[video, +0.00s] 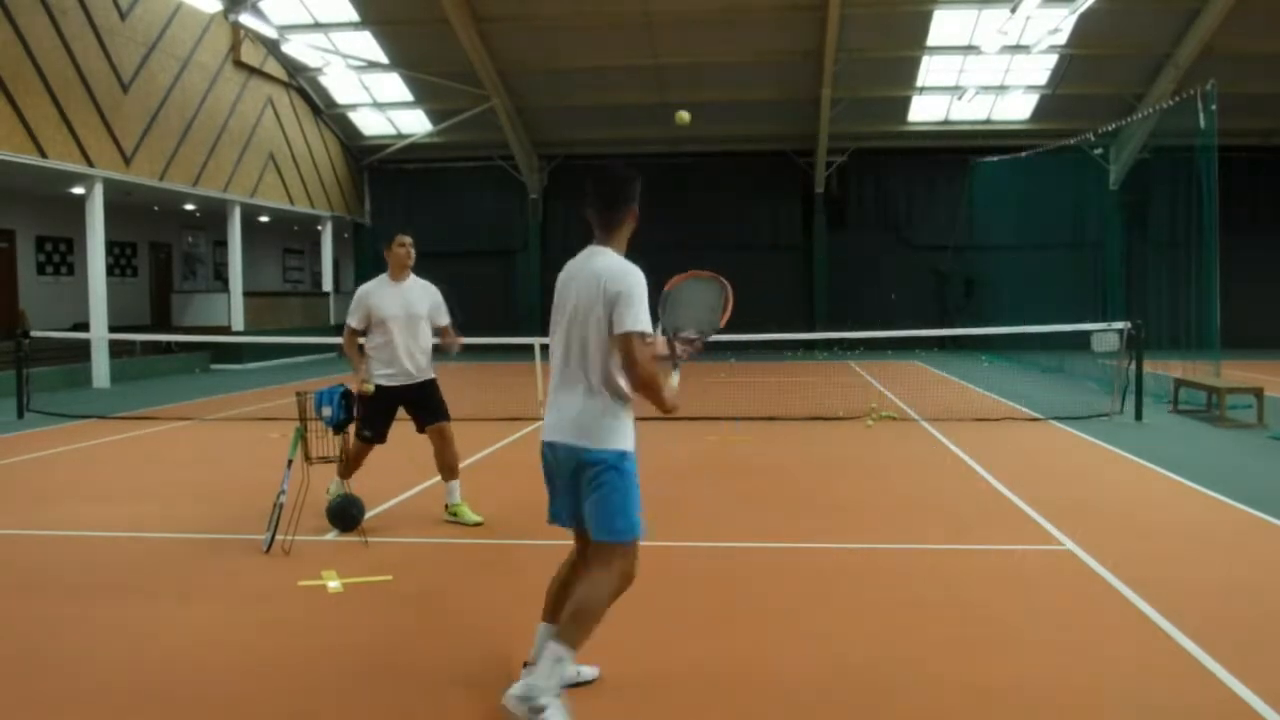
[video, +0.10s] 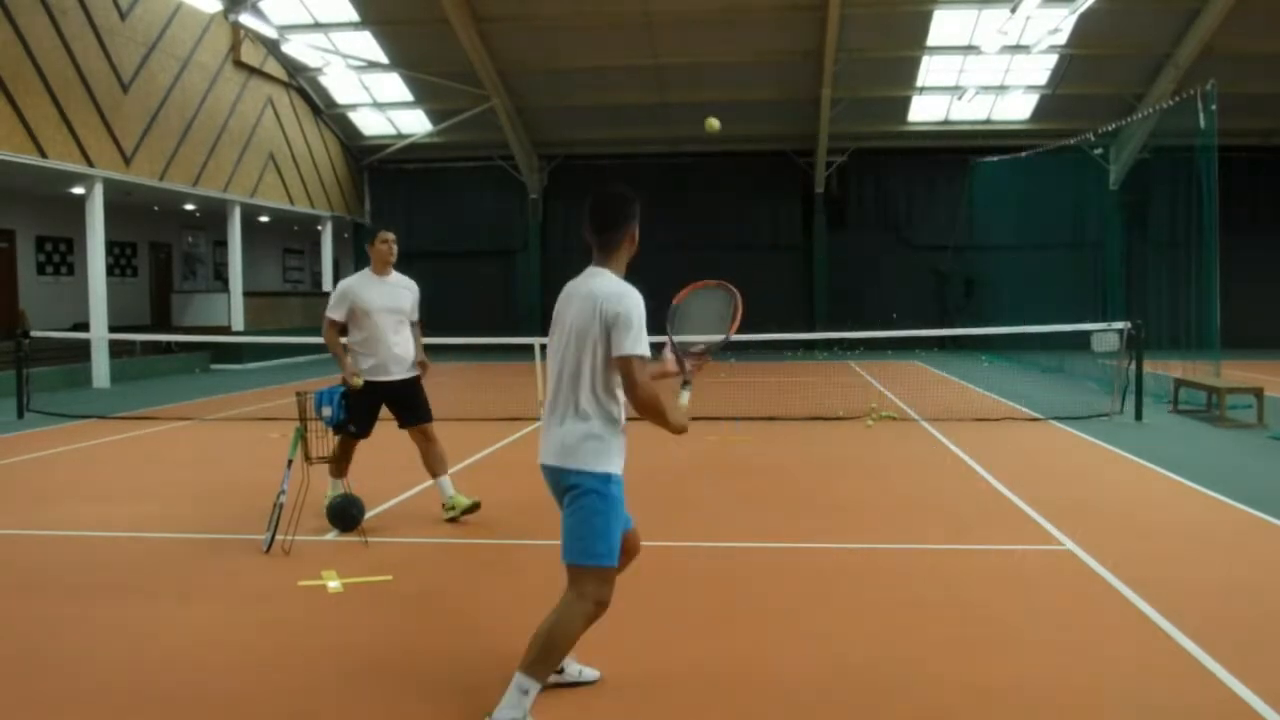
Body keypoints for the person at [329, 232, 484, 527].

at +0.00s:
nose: (409, 251)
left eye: (411, 247)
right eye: (402, 246)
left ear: (415, 254)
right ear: (387, 253)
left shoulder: (429, 290)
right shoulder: (367, 293)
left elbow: (445, 331)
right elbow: (349, 338)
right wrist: (360, 370)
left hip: (421, 380)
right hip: (381, 382)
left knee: (442, 433)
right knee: (364, 443)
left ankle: (454, 502)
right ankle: (338, 487)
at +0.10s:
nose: (391, 248)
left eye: (394, 243)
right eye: (385, 243)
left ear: (397, 249)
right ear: (370, 249)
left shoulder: (409, 287)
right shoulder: (349, 287)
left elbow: (414, 325)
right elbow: (330, 331)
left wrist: (419, 352)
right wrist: (345, 367)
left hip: (404, 377)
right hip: (365, 379)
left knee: (425, 434)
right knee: (348, 441)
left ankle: (451, 498)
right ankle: (335, 496)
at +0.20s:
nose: (378, 245)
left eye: (380, 240)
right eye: (371, 240)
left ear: (383, 246)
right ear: (356, 247)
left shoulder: (392, 283)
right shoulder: (338, 284)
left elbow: (396, 321)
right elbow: (313, 326)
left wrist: (404, 350)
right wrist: (332, 367)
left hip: (391, 375)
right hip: (353, 378)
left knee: (412, 431)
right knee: (341, 439)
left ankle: (432, 493)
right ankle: (334, 495)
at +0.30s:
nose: (366, 242)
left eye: (369, 237)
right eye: (359, 237)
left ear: (372, 243)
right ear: (345, 242)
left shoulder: (380, 279)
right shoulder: (329, 281)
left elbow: (383, 320)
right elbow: (306, 326)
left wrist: (397, 347)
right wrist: (324, 363)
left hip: (380, 371)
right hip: (346, 375)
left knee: (399, 426)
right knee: (339, 436)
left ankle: (405, 491)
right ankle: (334, 494)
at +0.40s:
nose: (358, 242)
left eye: (361, 237)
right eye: (352, 237)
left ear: (365, 243)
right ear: (338, 242)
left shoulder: (372, 277)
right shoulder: (323, 280)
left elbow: (374, 317)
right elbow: (303, 326)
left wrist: (392, 342)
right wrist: (324, 365)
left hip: (372, 370)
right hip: (339, 373)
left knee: (386, 423)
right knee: (337, 435)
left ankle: (376, 482)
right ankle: (333, 493)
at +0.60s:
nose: (353, 243)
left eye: (355, 239)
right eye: (347, 239)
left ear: (358, 244)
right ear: (332, 244)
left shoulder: (365, 279)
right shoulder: (319, 281)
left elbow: (368, 319)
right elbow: (304, 328)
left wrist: (386, 346)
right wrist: (322, 368)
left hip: (358, 368)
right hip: (330, 370)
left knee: (357, 422)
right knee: (338, 428)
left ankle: (337, 477)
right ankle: (332, 487)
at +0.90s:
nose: (360, 248)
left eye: (362, 243)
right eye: (354, 243)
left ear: (364, 248)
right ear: (339, 246)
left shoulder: (364, 282)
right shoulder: (322, 281)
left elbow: (362, 325)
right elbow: (301, 327)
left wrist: (377, 359)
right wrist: (303, 371)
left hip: (348, 368)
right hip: (325, 369)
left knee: (340, 429)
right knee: (333, 430)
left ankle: (326, 487)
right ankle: (331, 490)